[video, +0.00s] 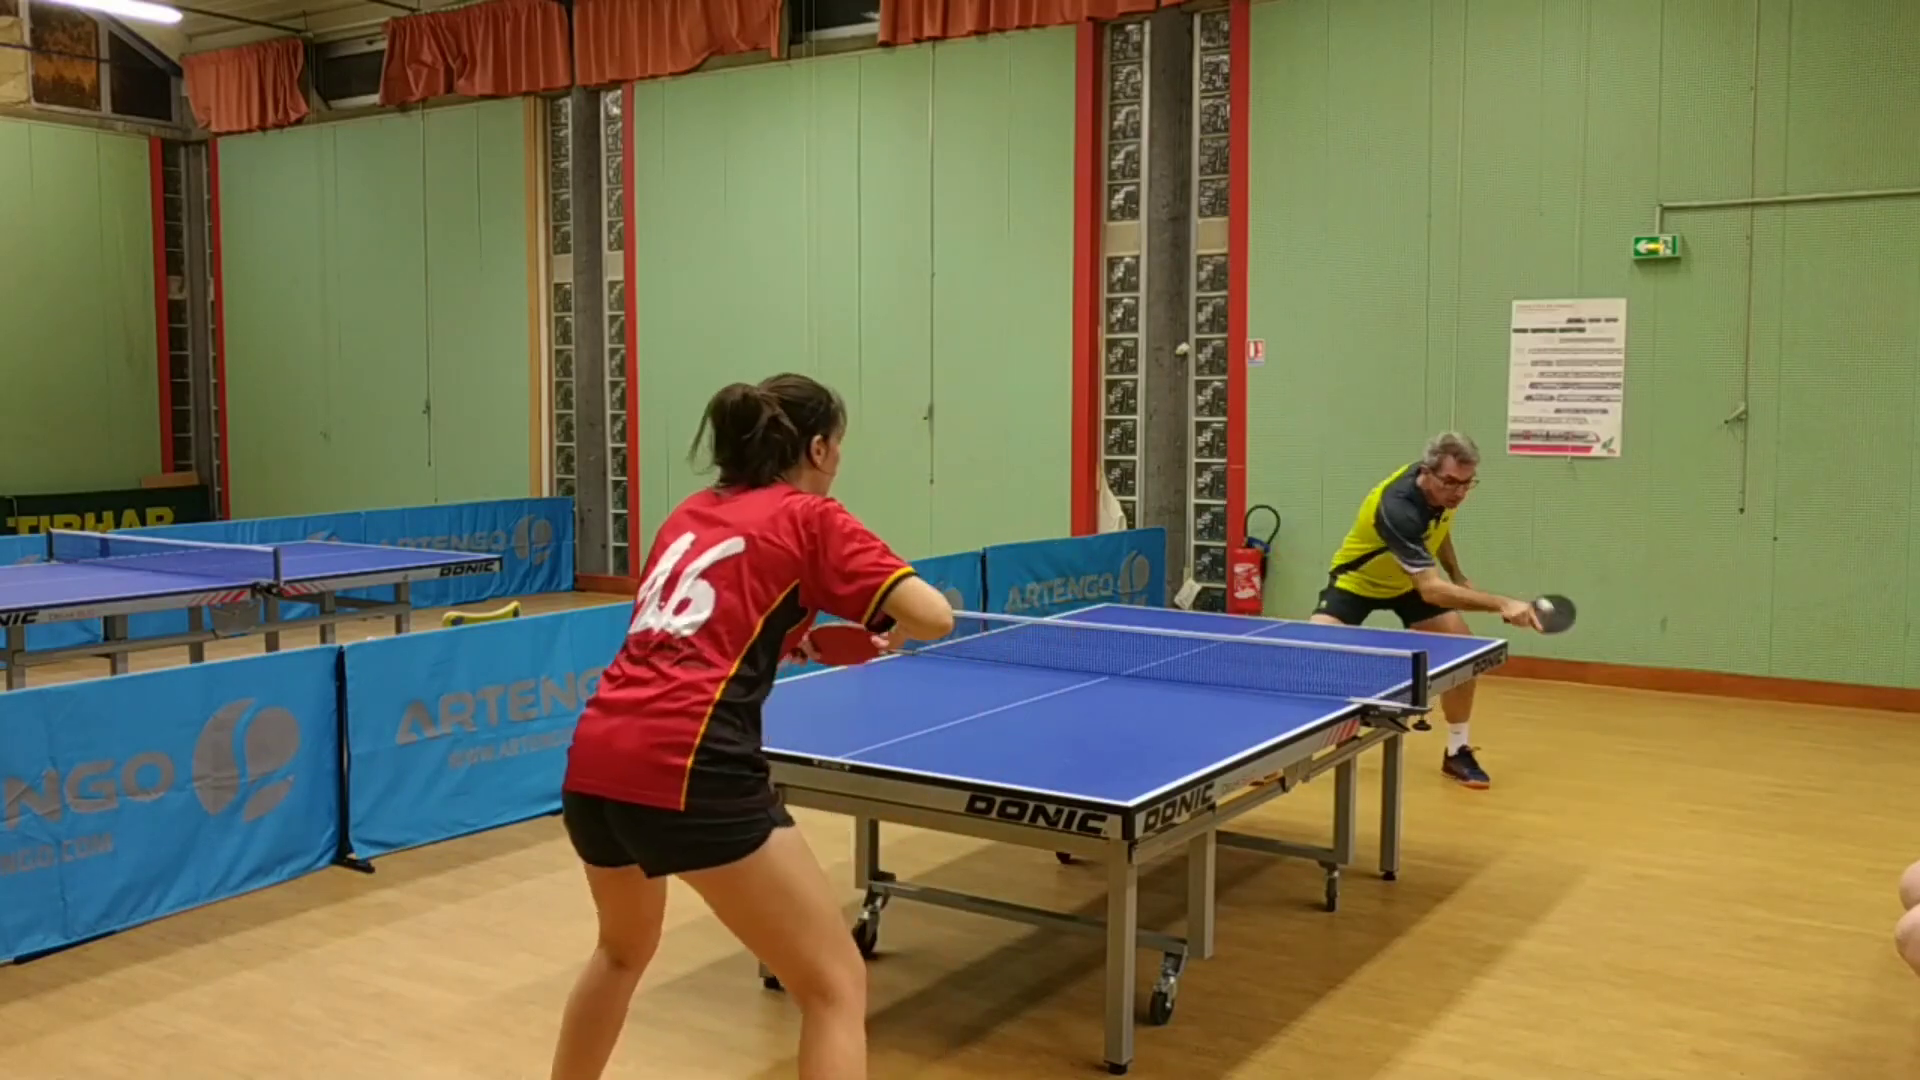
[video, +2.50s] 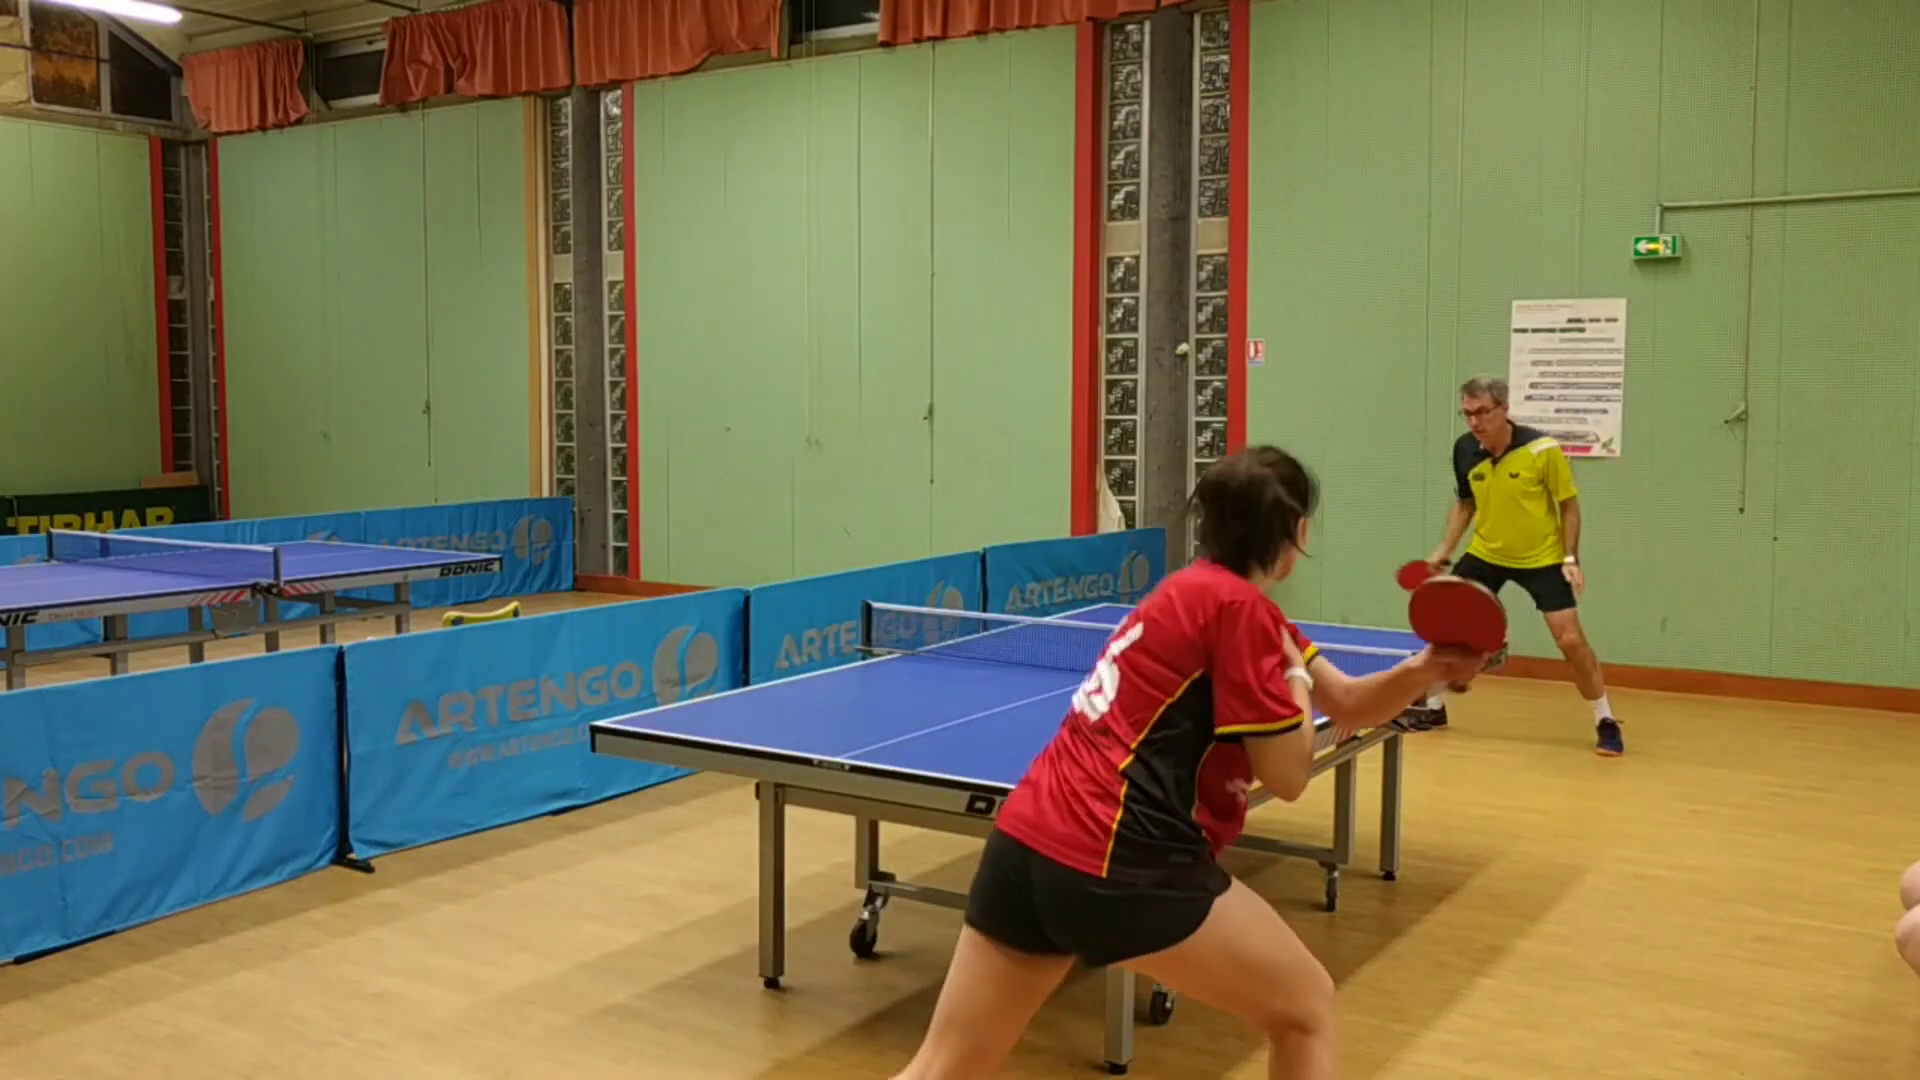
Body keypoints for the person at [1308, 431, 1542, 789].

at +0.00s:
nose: (1459, 492)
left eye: (1466, 484)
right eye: (1451, 483)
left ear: (1473, 479)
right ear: (1426, 473)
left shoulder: (1445, 494)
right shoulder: (1398, 508)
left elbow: (1439, 533)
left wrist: (1457, 577)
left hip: (1410, 583)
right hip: (1356, 583)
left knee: (1460, 649)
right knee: (1314, 650)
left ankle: (1458, 751)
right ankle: (1276, 754)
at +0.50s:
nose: (1443, 434)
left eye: (1454, 426)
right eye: (1436, 423)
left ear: (1472, 424)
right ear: (1426, 419)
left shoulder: (1482, 455)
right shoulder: (1404, 456)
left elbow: (1477, 508)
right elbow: (1376, 524)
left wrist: (1486, 565)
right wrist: (1408, 571)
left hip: (1446, 563)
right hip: (1387, 560)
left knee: (1475, 646)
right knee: (1349, 633)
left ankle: (1462, 748)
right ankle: (1338, 741)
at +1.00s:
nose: (1439, 435)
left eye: (1448, 424)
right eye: (1432, 425)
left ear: (1471, 421)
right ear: (1427, 426)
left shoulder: (1514, 456)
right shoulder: (1428, 466)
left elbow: (1555, 510)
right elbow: (1413, 523)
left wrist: (1558, 574)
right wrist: (1397, 565)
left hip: (1522, 570)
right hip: (1459, 567)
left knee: (1560, 665)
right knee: (1412, 628)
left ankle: (1583, 747)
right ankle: (1381, 726)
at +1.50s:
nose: (1486, 399)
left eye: (1491, 388)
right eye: (1481, 390)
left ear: (1519, 377)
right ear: (1487, 387)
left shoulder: (1559, 419)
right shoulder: (1500, 413)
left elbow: (1603, 475)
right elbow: (1501, 453)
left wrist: (1585, 540)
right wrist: (1474, 476)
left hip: (1557, 548)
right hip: (1510, 540)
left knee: (1569, 639)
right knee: (1488, 614)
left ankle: (1594, 736)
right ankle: (1479, 706)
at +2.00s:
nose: (1500, 404)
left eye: (1509, 395)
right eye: (1494, 395)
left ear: (1530, 393)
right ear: (1489, 395)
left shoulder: (1559, 440)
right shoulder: (1489, 434)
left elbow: (1590, 498)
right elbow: (1492, 486)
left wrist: (1604, 560)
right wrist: (1481, 530)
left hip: (1559, 556)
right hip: (1513, 555)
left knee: (1569, 635)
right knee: (1513, 626)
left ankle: (1592, 735)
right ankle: (1535, 707)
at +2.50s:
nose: (1474, 422)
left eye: (1481, 413)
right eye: (1468, 414)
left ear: (1504, 410)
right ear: (1464, 415)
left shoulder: (1543, 450)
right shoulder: (1466, 450)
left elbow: (1569, 505)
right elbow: (1465, 503)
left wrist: (1570, 556)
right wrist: (1444, 550)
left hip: (1541, 558)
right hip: (1486, 553)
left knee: (1570, 641)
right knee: (1445, 617)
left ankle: (1605, 720)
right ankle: (1433, 706)